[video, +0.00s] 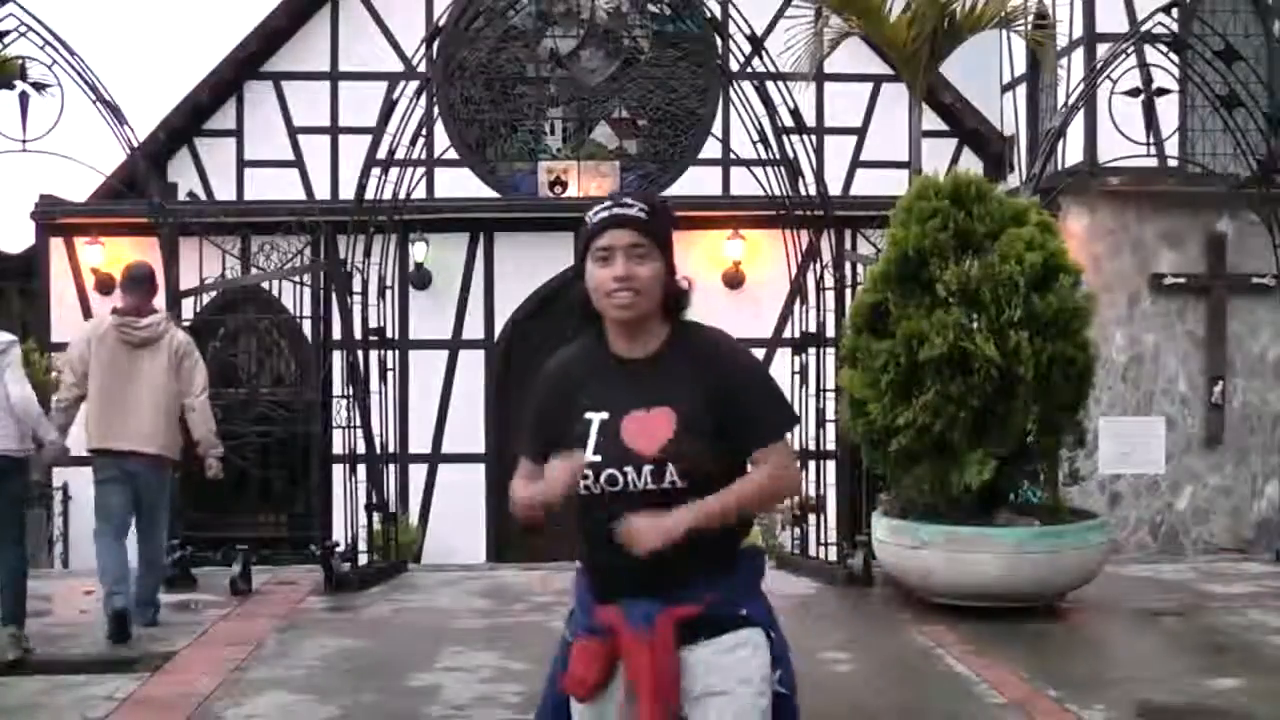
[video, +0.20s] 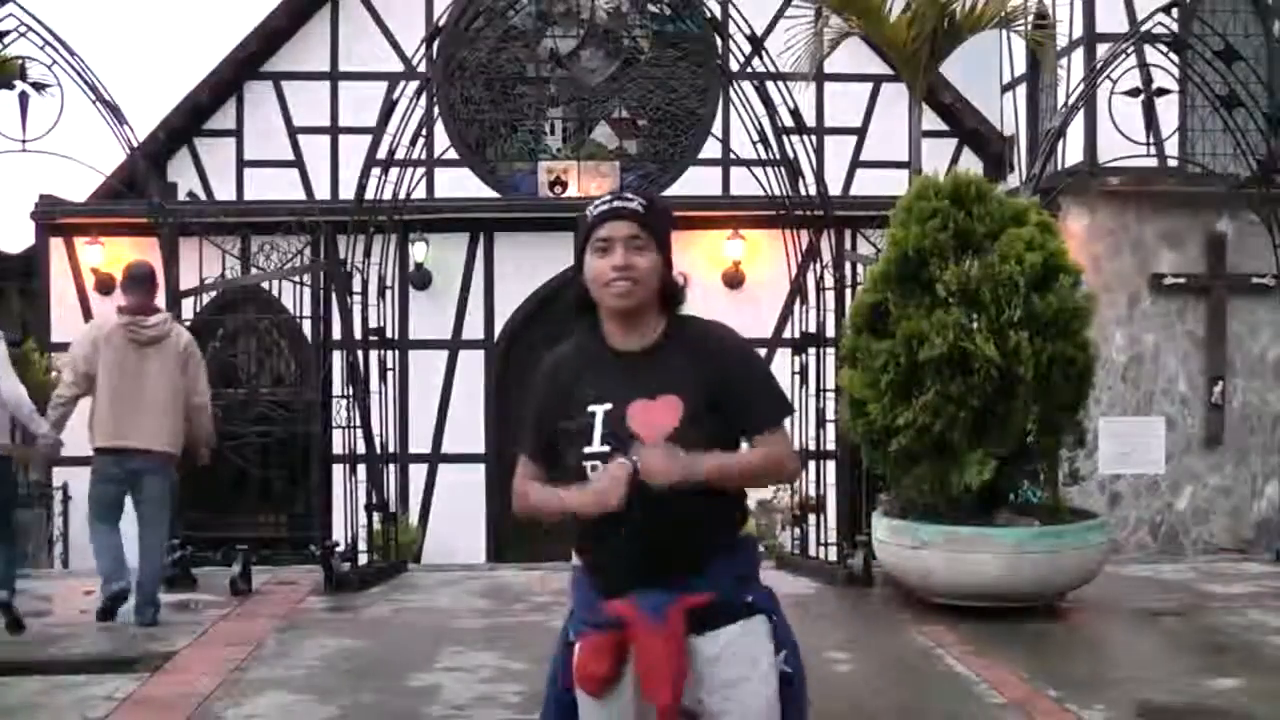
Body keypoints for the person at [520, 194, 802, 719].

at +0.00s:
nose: (620, 273)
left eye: (639, 256)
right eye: (603, 258)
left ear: (668, 271)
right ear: (585, 275)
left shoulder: (720, 360)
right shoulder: (566, 373)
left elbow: (781, 473)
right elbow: (521, 497)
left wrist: (679, 519)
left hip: (716, 616)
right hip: (604, 618)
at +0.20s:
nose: (620, 261)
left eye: (638, 247)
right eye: (603, 249)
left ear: (665, 264)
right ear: (584, 270)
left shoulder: (718, 350)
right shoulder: (561, 370)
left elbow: (783, 459)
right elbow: (523, 494)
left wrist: (689, 466)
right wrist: (584, 497)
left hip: (718, 601)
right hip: (605, 605)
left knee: (752, 708)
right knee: (590, 708)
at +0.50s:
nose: (662, 263)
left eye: (678, 247)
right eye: (644, 250)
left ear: (704, 263)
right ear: (623, 269)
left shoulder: (755, 353)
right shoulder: (595, 366)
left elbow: (826, 453)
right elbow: (557, 487)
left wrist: (761, 505)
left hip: (745, 603)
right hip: (632, 608)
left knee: (782, 709)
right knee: (627, 708)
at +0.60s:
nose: (683, 265)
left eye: (700, 249)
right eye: (665, 252)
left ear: (727, 265)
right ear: (644, 270)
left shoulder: (774, 356)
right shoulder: (613, 368)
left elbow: (845, 457)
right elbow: (587, 484)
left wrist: (800, 520)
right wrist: (674, 432)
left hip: (760, 601)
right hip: (649, 603)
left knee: (790, 710)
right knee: (642, 709)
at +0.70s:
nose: (726, 265)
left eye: (742, 250)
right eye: (708, 252)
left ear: (765, 266)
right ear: (685, 272)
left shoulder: (806, 357)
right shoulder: (651, 366)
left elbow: (862, 460)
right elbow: (619, 490)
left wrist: (826, 456)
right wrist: (730, 470)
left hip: (784, 596)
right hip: (680, 598)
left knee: (817, 709)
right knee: (664, 707)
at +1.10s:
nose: (784, 273)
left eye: (797, 255)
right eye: (762, 258)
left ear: (816, 268)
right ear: (733, 275)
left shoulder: (826, 359)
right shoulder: (706, 362)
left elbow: (868, 455)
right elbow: (689, 487)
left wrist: (895, 484)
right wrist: (806, 438)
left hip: (814, 600)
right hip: (723, 604)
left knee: (876, 698)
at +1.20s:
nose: (792, 277)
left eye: (806, 260)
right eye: (771, 261)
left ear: (824, 271)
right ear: (740, 276)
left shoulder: (829, 363)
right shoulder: (711, 369)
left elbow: (869, 476)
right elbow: (683, 503)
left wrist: (898, 439)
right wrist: (815, 509)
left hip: (820, 603)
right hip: (734, 609)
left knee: (865, 707)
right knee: (777, 705)